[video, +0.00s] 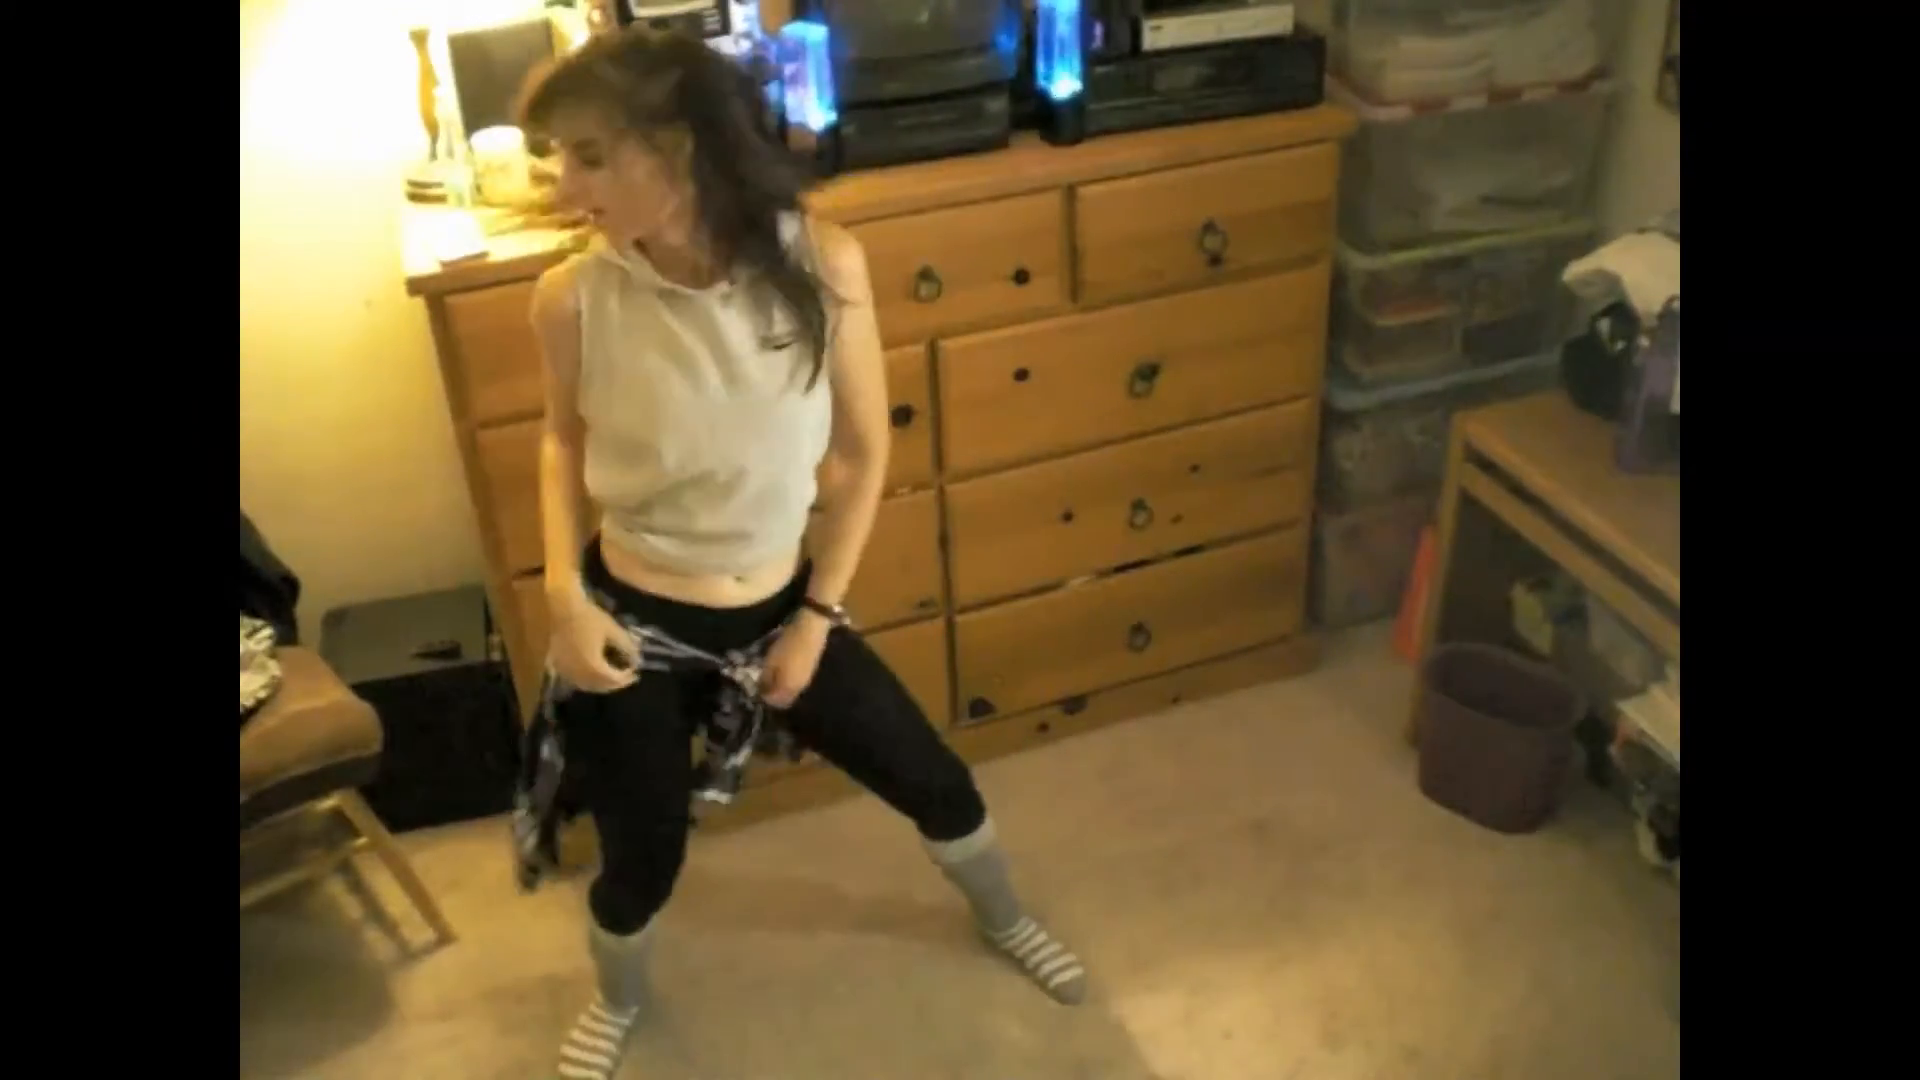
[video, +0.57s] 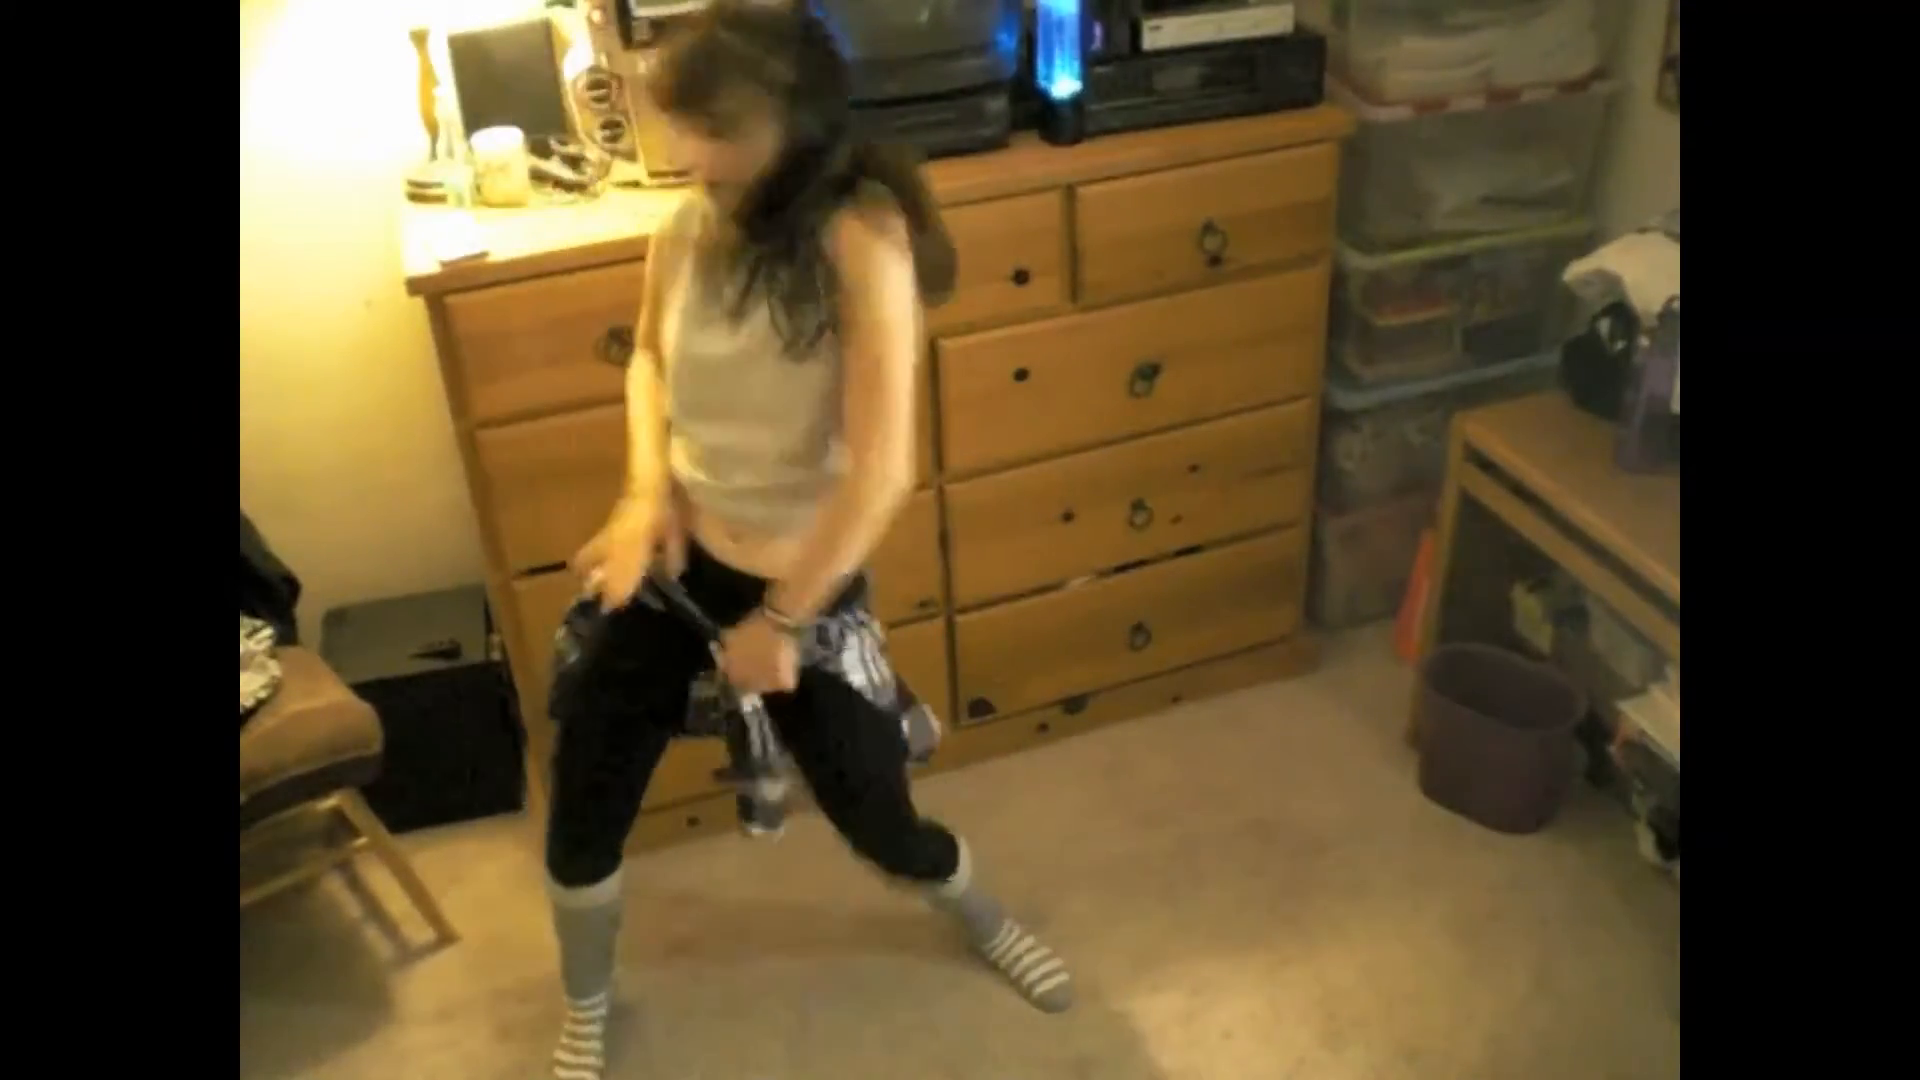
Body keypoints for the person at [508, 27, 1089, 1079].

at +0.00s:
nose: (562, 188)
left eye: (588, 158)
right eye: (556, 161)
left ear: (680, 158)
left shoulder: (819, 264)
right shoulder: (574, 302)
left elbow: (862, 451)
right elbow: (563, 442)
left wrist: (815, 615)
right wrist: (563, 588)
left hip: (786, 616)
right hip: (635, 626)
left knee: (944, 793)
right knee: (636, 869)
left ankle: (1009, 922)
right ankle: (617, 1007)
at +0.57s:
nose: (691, 157)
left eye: (714, 132)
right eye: (684, 131)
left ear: (787, 123)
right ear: (680, 123)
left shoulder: (861, 241)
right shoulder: (688, 224)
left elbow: (880, 469)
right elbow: (648, 359)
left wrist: (780, 618)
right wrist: (646, 490)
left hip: (806, 583)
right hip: (673, 551)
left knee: (883, 830)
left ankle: (985, 922)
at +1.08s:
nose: (884, 212)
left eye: (899, 181)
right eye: (851, 191)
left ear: (920, 171)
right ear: (798, 186)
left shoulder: (913, 268)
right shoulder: (748, 249)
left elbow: (901, 422)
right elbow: (671, 431)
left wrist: (925, 543)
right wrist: (706, 625)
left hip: (883, 591)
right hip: (751, 621)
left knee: (968, 778)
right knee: (665, 868)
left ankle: (1005, 930)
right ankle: (596, 1012)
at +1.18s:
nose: (869, 193)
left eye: (885, 163)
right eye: (837, 173)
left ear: (907, 142)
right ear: (783, 156)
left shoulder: (899, 235)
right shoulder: (741, 212)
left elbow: (879, 406)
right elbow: (674, 418)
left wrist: (917, 521)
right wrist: (709, 610)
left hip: (876, 581)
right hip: (736, 605)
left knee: (964, 783)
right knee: (666, 869)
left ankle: (1006, 929)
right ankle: (595, 1010)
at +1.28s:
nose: (862, 174)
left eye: (878, 144)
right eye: (830, 153)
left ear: (900, 126)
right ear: (773, 140)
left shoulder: (889, 219)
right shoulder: (749, 212)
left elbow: (881, 390)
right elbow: (695, 414)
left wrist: (912, 513)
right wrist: (730, 606)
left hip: (872, 580)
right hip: (739, 600)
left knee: (964, 766)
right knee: (668, 849)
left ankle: (1006, 926)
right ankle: (596, 1005)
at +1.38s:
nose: (875, 185)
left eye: (889, 154)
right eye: (840, 168)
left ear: (911, 135)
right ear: (788, 169)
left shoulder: (907, 246)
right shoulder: (796, 273)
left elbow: (902, 399)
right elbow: (707, 480)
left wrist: (925, 520)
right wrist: (772, 644)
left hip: (866, 603)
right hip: (746, 618)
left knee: (993, 789)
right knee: (671, 873)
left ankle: (1008, 930)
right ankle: (589, 1007)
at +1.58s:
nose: (978, 423)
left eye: (1001, 401)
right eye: (958, 390)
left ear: (1022, 417)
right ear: (904, 379)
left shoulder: (934, 464)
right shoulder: (806, 499)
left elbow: (910, 539)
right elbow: (646, 576)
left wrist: (1010, 620)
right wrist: (739, 717)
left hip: (849, 643)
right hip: (725, 679)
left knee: (1028, 790)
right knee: (681, 948)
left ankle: (1009, 921)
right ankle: (608, 1005)